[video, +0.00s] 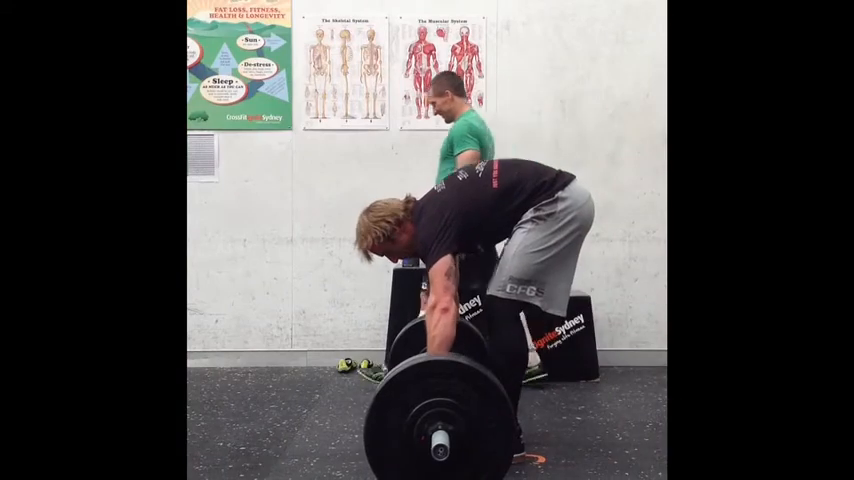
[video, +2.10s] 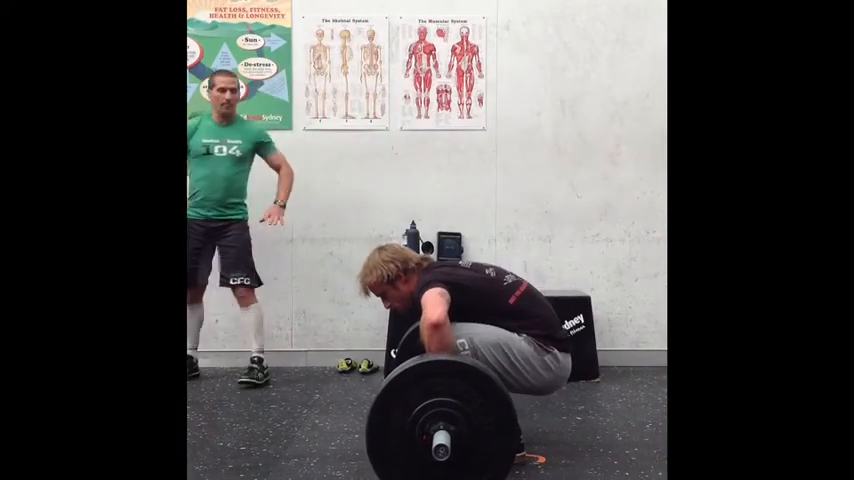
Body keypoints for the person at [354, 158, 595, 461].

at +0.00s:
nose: (394, 261)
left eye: (387, 253)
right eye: (386, 256)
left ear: (399, 230)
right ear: (400, 224)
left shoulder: (433, 223)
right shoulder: (432, 216)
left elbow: (443, 307)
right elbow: (443, 299)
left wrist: (431, 384)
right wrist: (433, 374)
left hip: (556, 203)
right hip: (558, 200)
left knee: (501, 306)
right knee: (501, 305)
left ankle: (505, 434)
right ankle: (501, 428)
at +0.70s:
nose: (387, 270)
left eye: (381, 262)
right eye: (380, 266)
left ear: (392, 240)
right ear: (394, 235)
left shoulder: (431, 233)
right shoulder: (427, 230)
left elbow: (444, 309)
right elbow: (434, 307)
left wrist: (435, 386)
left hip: (555, 230)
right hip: (553, 228)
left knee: (471, 316)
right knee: (471, 314)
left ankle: (502, 438)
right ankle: (496, 433)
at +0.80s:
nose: (382, 275)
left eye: (377, 267)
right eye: (376, 270)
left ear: (391, 246)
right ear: (393, 243)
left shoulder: (430, 242)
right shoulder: (426, 237)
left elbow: (441, 313)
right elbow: (433, 312)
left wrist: (437, 387)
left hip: (554, 252)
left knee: (463, 320)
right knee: (463, 322)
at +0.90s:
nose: (381, 284)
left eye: (377, 276)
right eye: (375, 279)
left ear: (391, 256)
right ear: (392, 252)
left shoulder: (429, 253)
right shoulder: (427, 246)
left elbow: (440, 315)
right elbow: (441, 313)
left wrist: (436, 388)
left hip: (553, 276)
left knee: (457, 323)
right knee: (452, 328)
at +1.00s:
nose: (381, 294)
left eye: (377, 286)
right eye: (375, 289)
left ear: (391, 267)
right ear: (393, 263)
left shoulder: (428, 262)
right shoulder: (427, 257)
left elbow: (439, 316)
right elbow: (441, 317)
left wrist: (438, 388)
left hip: (550, 303)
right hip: (547, 299)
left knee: (448, 332)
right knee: (442, 331)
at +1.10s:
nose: (380, 305)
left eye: (376, 296)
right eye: (374, 299)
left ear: (391, 276)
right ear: (394, 273)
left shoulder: (428, 273)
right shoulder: (432, 266)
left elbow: (436, 319)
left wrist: (438, 388)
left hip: (546, 328)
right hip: (544, 324)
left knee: (446, 334)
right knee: (436, 333)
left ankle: (495, 436)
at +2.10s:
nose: (387, 305)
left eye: (384, 296)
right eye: (381, 299)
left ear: (401, 279)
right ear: (403, 276)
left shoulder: (431, 278)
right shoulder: (440, 270)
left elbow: (435, 320)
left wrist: (440, 388)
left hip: (546, 357)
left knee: (444, 340)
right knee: (442, 339)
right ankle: (504, 437)